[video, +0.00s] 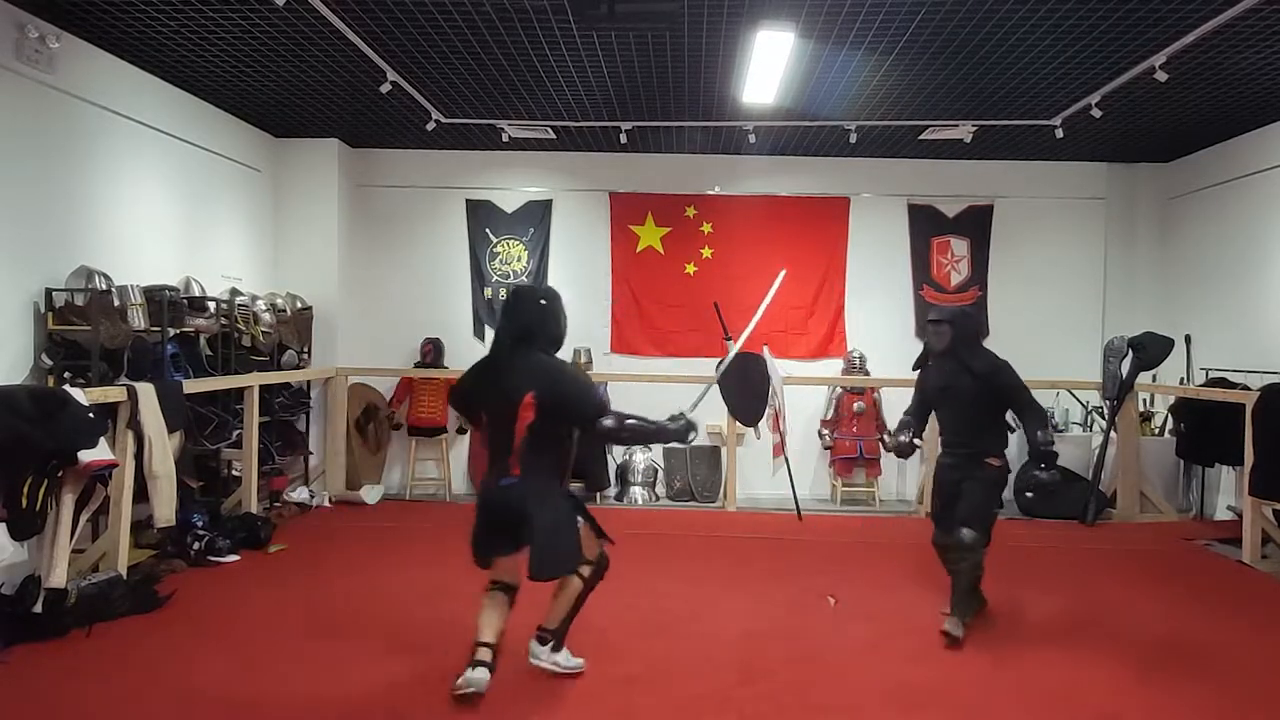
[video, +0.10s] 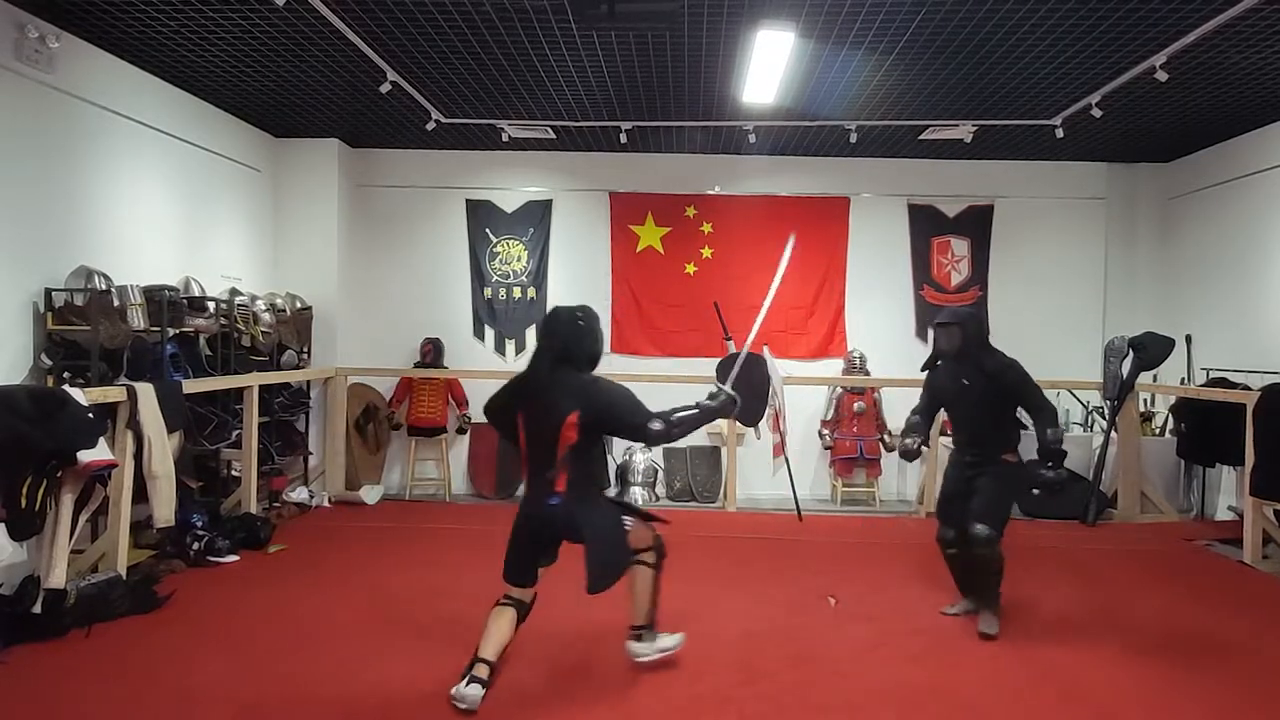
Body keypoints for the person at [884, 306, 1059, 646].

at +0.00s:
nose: (932, 331)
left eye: (940, 324)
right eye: (929, 324)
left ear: (959, 328)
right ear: (925, 328)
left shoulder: (990, 368)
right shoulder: (930, 371)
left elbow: (1031, 411)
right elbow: (917, 412)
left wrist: (1041, 445)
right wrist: (905, 434)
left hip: (986, 464)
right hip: (949, 462)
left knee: (968, 538)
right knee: (943, 540)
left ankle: (957, 615)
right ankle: (972, 597)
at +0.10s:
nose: (940, 337)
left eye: (948, 329)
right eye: (938, 330)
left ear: (969, 331)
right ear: (936, 333)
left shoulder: (1000, 368)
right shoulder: (939, 373)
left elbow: (1044, 411)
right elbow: (924, 412)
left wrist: (1050, 457)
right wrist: (913, 435)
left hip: (1001, 462)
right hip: (962, 460)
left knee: (981, 535)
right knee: (949, 535)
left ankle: (989, 607)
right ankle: (971, 596)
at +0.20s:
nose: (954, 338)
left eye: (961, 331)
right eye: (950, 331)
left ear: (981, 333)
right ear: (946, 335)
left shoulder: (1011, 368)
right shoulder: (952, 372)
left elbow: (1058, 409)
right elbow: (928, 403)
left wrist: (1059, 455)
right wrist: (905, 421)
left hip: (1013, 463)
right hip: (972, 462)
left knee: (1003, 537)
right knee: (953, 533)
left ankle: (1035, 595)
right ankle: (971, 597)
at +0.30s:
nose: (971, 342)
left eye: (978, 335)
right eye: (968, 336)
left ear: (997, 338)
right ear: (964, 341)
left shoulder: (1025, 370)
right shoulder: (964, 374)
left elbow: (1077, 405)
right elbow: (928, 389)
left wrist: (1069, 440)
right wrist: (905, 387)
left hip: (1024, 470)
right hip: (984, 469)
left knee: (1039, 548)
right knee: (959, 533)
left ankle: (1077, 575)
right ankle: (971, 597)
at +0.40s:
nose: (989, 345)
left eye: (996, 339)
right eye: (986, 339)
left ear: (1016, 341)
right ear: (983, 342)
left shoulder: (1043, 369)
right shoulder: (982, 374)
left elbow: (1099, 389)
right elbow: (942, 376)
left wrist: (1097, 420)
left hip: (1043, 473)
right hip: (1003, 474)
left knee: (1077, 544)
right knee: (977, 534)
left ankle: (1109, 565)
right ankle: (972, 597)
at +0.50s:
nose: (1011, 353)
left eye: (1019, 346)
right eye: (1009, 346)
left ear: (1037, 350)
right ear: (1005, 348)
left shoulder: (1064, 377)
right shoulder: (1004, 377)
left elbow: (1111, 386)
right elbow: (972, 365)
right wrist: (965, 335)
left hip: (1066, 477)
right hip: (1025, 476)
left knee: (1094, 540)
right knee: (1000, 535)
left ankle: (1126, 570)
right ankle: (985, 594)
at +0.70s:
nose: (1049, 367)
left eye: (1056, 361)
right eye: (1043, 361)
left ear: (1073, 366)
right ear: (1037, 364)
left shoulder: (1099, 392)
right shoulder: (1031, 395)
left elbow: (1142, 413)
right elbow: (983, 399)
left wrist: (1130, 406)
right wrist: (960, 371)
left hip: (1089, 488)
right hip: (1048, 485)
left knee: (1114, 549)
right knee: (1026, 532)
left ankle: (1136, 578)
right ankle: (1010, 590)